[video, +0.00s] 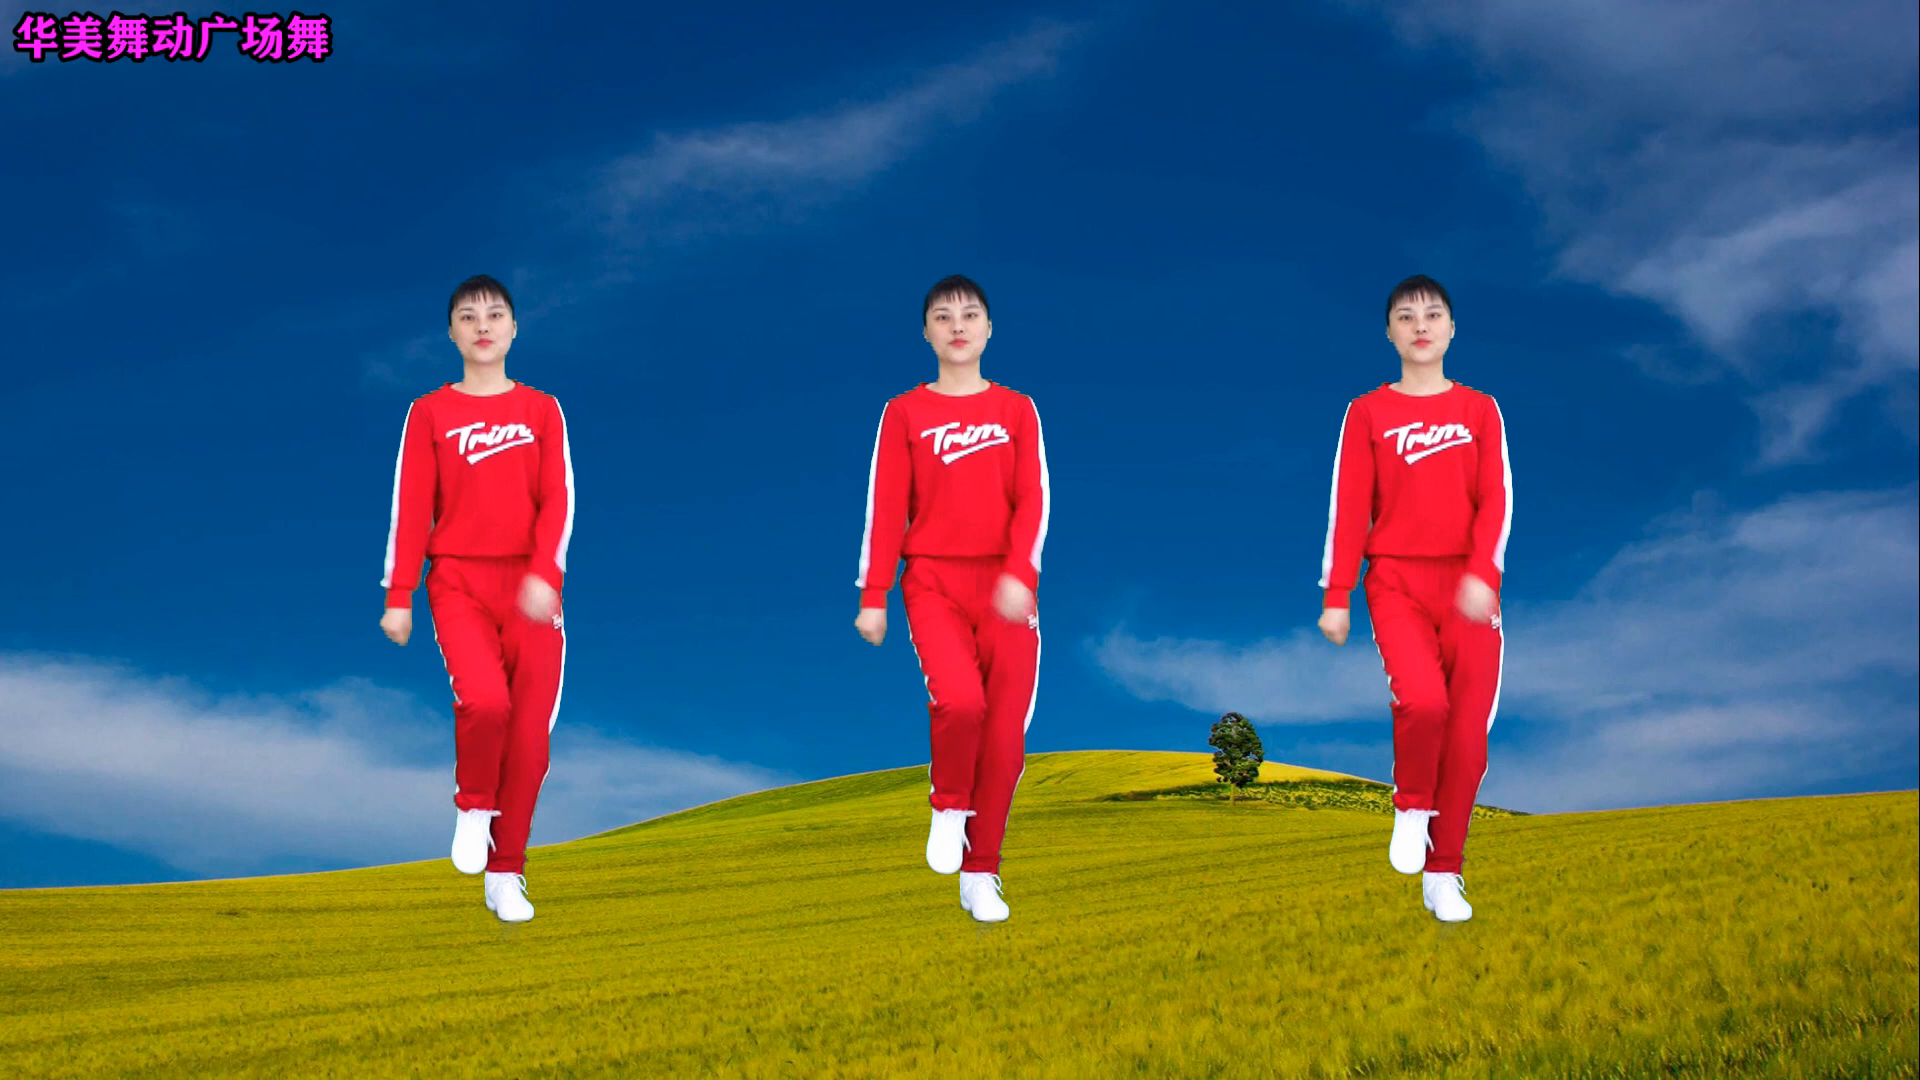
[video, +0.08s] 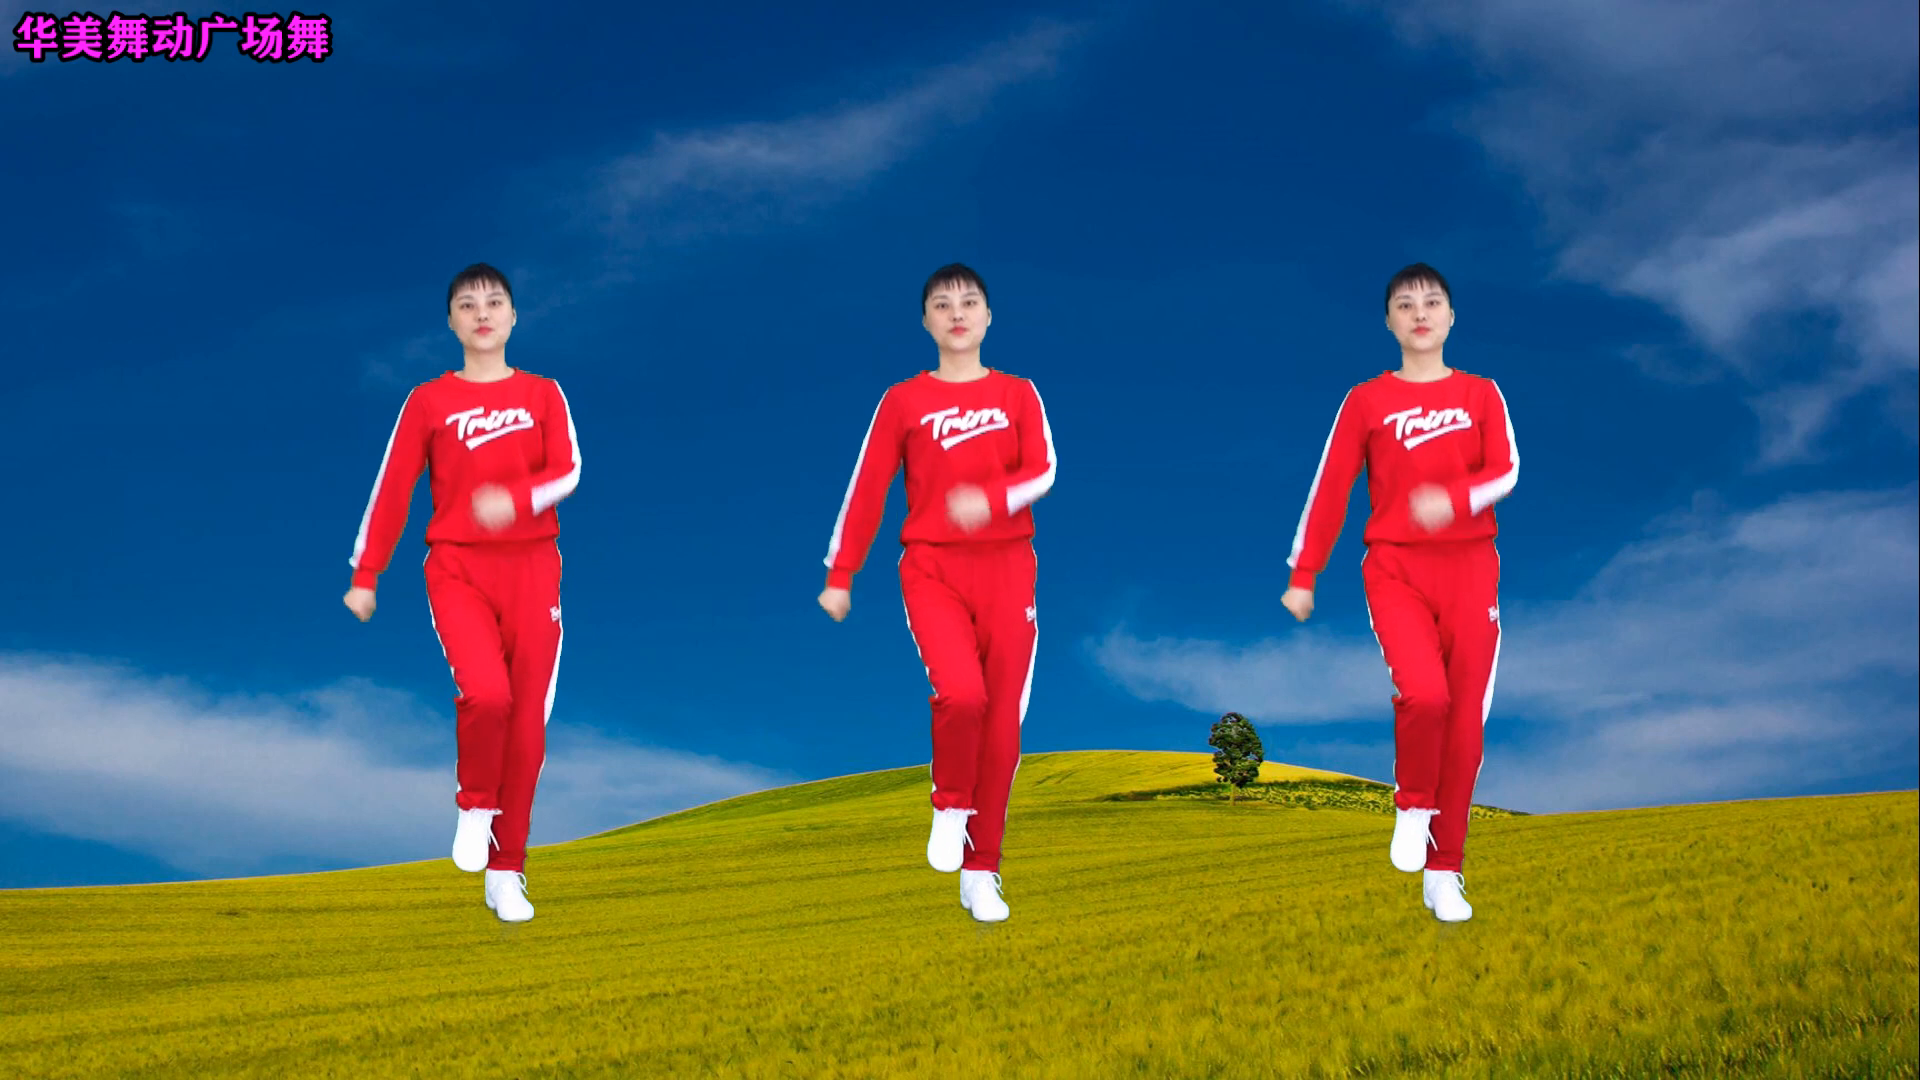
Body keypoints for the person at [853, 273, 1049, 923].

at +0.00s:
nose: (957, 325)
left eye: (969, 315)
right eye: (944, 317)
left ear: (988, 328)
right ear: (928, 332)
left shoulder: (1018, 409)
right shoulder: (903, 411)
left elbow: (1034, 499)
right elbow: (885, 508)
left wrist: (1020, 575)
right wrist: (874, 596)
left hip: (1007, 582)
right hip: (931, 582)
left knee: (1008, 725)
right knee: (962, 702)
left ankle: (982, 867)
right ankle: (950, 806)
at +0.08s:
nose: (957, 314)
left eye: (968, 304)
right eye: (944, 306)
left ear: (987, 316)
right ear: (927, 321)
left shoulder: (1018, 393)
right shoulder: (902, 401)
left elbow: (1041, 471)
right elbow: (866, 487)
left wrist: (990, 496)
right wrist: (840, 572)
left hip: (1007, 572)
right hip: (932, 571)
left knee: (1003, 719)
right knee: (962, 696)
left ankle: (984, 867)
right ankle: (952, 806)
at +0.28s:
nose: (954, 306)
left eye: (965, 296)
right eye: (940, 298)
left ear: (984, 308)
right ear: (923, 316)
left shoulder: (1015, 387)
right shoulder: (898, 390)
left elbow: (1044, 469)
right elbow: (835, 454)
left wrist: (1000, 407)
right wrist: (782, 527)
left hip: (1001, 563)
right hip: (926, 565)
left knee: (992, 721)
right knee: (937, 725)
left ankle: (982, 867)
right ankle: (933, 862)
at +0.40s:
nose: (949, 310)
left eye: (961, 300)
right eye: (935, 302)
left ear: (979, 314)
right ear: (918, 319)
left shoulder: (1008, 392)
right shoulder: (889, 391)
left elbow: (1026, 475)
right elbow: (829, 459)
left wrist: (982, 412)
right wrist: (771, 525)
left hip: (996, 567)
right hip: (919, 568)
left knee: (989, 726)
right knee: (927, 727)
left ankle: (981, 869)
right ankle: (931, 869)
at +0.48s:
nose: (946, 309)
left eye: (958, 299)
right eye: (933, 301)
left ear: (975, 312)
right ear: (915, 316)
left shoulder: (1004, 387)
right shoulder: (887, 389)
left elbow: (1022, 464)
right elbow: (834, 469)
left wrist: (964, 437)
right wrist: (783, 540)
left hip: (988, 564)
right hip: (912, 565)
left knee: (981, 723)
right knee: (920, 723)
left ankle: (980, 863)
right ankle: (930, 867)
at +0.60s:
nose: (942, 322)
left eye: (954, 312)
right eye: (930, 313)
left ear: (972, 323)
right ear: (913, 325)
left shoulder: (1001, 401)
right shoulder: (884, 407)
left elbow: (1005, 484)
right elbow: (859, 499)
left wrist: (965, 534)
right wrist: (836, 585)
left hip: (976, 580)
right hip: (902, 580)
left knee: (960, 720)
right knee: (909, 729)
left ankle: (973, 823)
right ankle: (927, 865)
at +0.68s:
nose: (941, 327)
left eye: (953, 318)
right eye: (928, 318)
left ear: (969, 330)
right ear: (911, 330)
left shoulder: (998, 407)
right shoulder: (882, 411)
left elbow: (1005, 501)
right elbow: (866, 498)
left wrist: (1002, 585)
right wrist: (885, 570)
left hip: (972, 583)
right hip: (901, 584)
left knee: (946, 715)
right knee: (900, 733)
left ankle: (967, 809)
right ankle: (927, 866)